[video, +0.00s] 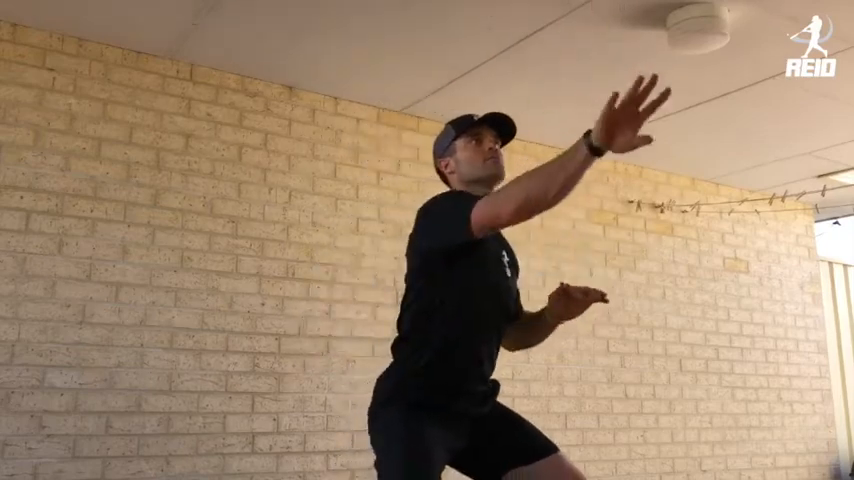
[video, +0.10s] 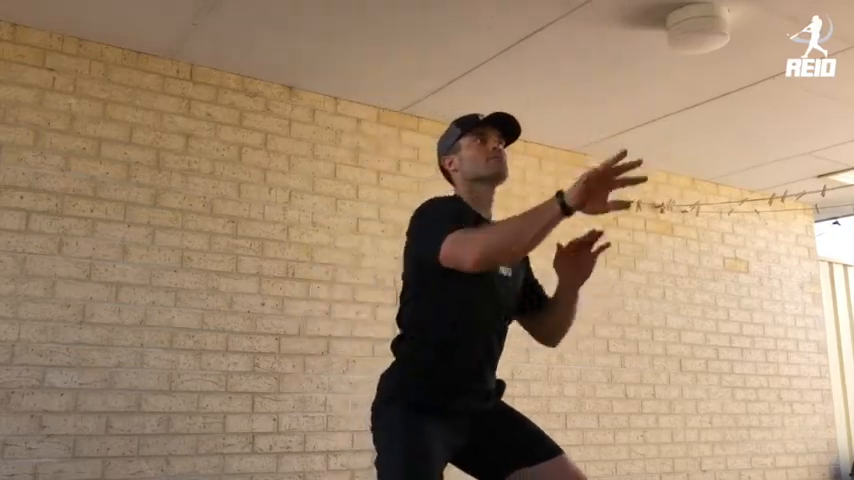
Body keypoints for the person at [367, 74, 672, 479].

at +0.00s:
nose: (493, 146)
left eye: (497, 141)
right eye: (474, 140)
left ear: (502, 160)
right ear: (447, 165)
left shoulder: (501, 252)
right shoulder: (438, 215)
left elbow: (512, 335)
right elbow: (515, 205)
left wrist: (552, 314)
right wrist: (596, 144)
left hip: (472, 406)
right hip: (412, 406)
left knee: (563, 476)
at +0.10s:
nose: (496, 146)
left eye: (499, 141)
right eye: (479, 140)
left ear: (508, 159)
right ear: (451, 164)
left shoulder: (509, 251)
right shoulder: (434, 216)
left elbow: (548, 331)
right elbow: (475, 253)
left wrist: (568, 286)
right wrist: (567, 202)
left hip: (477, 406)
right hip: (414, 405)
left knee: (565, 475)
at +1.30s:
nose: (434, 141)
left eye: (438, 136)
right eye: (415, 136)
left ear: (446, 153)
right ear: (387, 165)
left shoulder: (485, 227)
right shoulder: (364, 246)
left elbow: (584, 239)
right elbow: (334, 350)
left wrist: (556, 184)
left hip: (466, 408)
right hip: (390, 412)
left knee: (555, 476)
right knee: (375, 476)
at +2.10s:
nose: (461, 145)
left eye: (464, 140)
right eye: (442, 140)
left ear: (474, 158)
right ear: (416, 169)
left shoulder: (492, 247)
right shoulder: (400, 240)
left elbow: (553, 318)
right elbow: (441, 310)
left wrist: (551, 268)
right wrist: (526, 247)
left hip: (469, 415)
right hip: (403, 415)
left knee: (560, 476)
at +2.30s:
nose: (435, 123)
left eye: (440, 118)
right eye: (416, 118)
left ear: (449, 140)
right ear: (391, 148)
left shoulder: (483, 208)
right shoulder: (363, 227)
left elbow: (579, 199)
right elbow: (341, 328)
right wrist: (404, 310)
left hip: (461, 397)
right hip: (384, 396)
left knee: (546, 476)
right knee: (365, 475)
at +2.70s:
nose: (444, 142)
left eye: (449, 138)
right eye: (426, 138)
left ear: (458, 156)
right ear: (399, 165)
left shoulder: (493, 232)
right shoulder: (382, 248)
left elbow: (560, 304)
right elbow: (368, 348)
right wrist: (437, 278)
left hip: (466, 407)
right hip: (395, 405)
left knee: (554, 475)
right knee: (385, 473)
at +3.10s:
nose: (511, 184)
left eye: (512, 178)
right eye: (494, 176)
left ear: (517, 191)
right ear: (461, 198)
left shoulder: (521, 286)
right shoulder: (437, 261)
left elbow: (553, 369)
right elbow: (443, 347)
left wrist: (593, 344)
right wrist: (543, 313)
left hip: (482, 439)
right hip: (414, 438)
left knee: (568, 477)